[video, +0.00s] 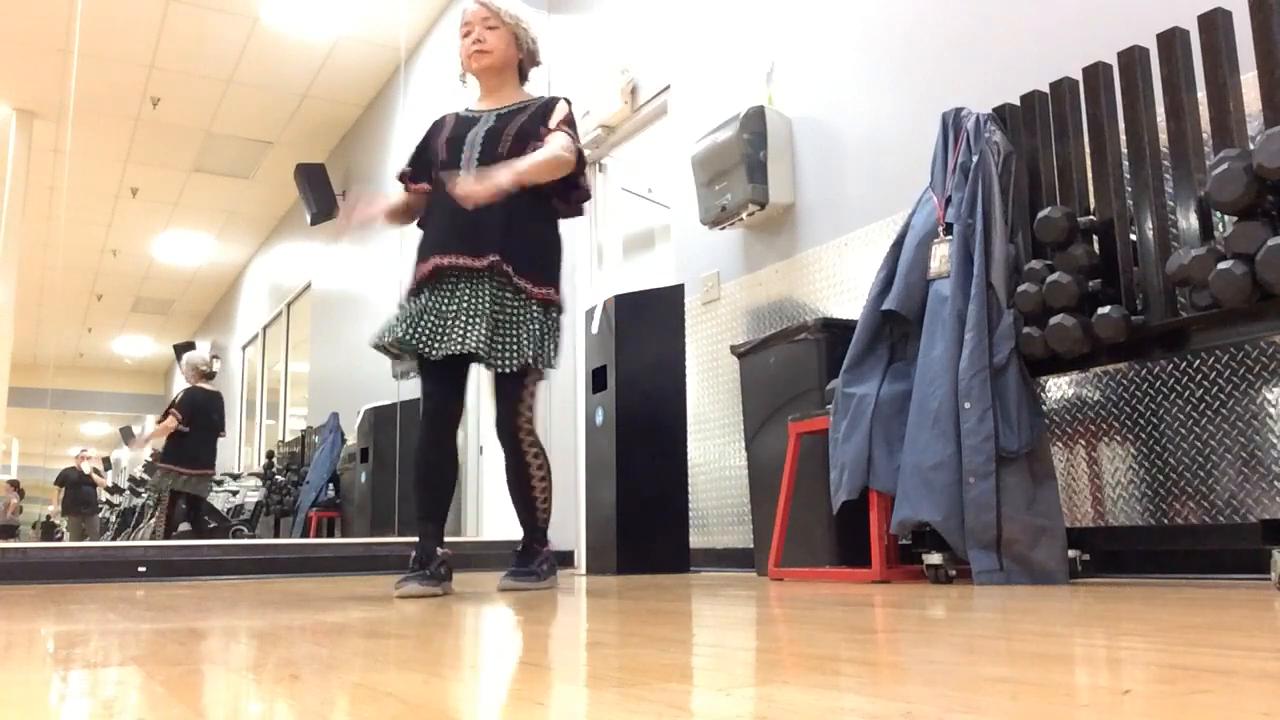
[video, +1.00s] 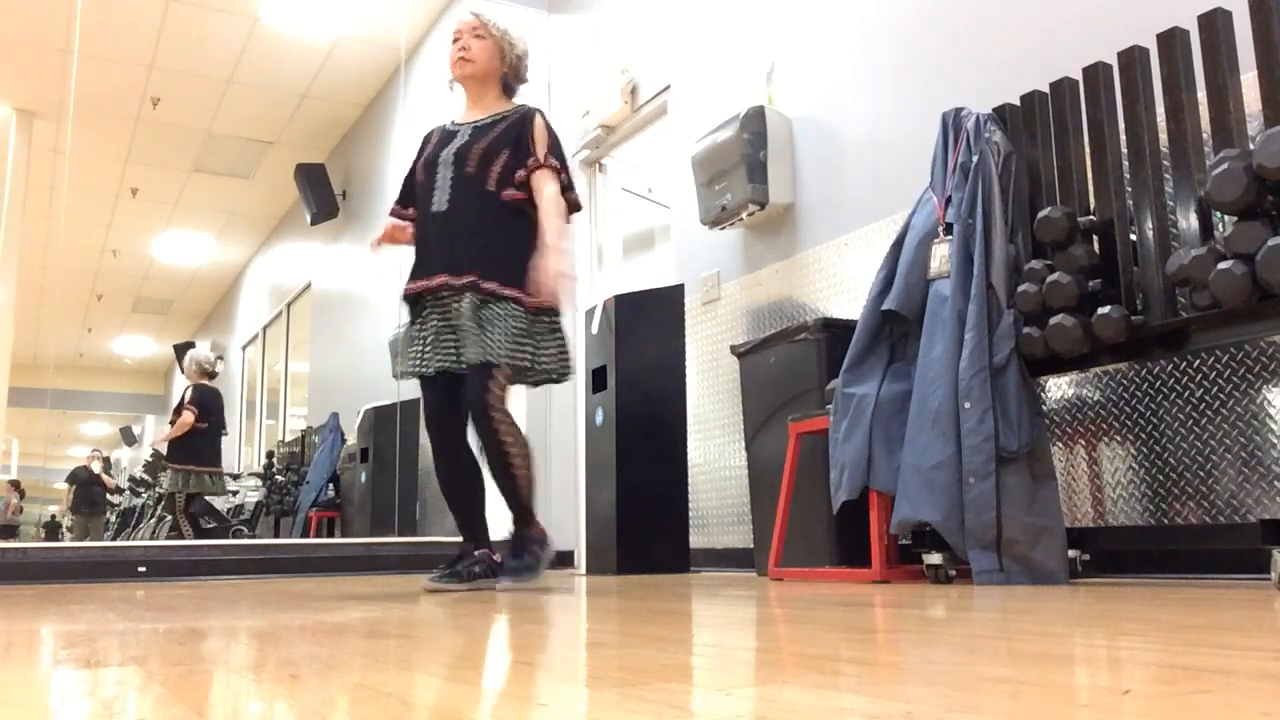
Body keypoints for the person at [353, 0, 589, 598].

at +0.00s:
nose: (474, 37)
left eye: (488, 27)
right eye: (466, 32)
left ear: (521, 45)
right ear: (461, 55)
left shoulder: (549, 109)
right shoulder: (444, 128)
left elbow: (562, 157)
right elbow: (412, 203)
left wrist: (500, 176)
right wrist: (373, 208)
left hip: (518, 282)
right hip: (445, 280)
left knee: (514, 423)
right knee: (437, 421)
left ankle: (535, 551)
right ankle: (427, 556)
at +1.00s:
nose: (460, 46)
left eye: (474, 37)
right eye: (455, 41)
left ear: (505, 57)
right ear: (451, 64)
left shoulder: (526, 121)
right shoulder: (436, 139)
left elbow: (549, 194)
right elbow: (426, 221)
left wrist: (551, 253)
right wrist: (401, 230)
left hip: (500, 287)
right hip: (435, 292)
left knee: (485, 403)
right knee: (442, 425)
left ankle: (529, 535)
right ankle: (476, 549)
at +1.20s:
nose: (450, 28)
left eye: (466, 23)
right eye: (446, 22)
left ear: (493, 48)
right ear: (439, 48)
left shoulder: (514, 107)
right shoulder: (425, 128)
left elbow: (560, 186)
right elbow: (422, 207)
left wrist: (601, 258)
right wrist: (403, 229)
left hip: (484, 269)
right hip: (431, 273)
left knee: (448, 386)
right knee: (441, 398)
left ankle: (464, 539)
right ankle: (474, 547)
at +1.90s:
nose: (453, 29)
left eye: (469, 23)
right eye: (446, 25)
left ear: (497, 47)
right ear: (439, 53)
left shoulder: (517, 106)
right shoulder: (422, 127)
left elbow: (547, 180)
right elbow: (399, 202)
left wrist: (454, 187)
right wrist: (382, 209)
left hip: (498, 279)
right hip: (437, 284)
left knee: (482, 404)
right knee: (449, 417)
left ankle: (504, 548)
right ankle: (475, 550)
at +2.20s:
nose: (464, 38)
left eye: (478, 29)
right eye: (458, 35)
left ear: (510, 49)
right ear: (457, 61)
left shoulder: (537, 107)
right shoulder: (445, 132)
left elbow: (575, 182)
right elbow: (437, 223)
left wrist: (561, 246)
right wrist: (416, 210)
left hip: (523, 279)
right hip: (455, 284)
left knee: (543, 417)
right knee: (462, 423)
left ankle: (574, 548)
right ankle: (482, 552)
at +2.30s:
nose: (469, 37)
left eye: (483, 29)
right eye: (462, 35)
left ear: (514, 48)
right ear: (460, 62)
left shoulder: (545, 107)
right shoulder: (450, 133)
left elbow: (590, 170)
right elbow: (439, 217)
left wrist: (615, 223)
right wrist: (422, 210)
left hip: (534, 280)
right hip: (465, 282)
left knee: (546, 414)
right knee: (466, 421)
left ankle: (576, 549)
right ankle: (483, 551)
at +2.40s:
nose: (477, 41)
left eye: (491, 34)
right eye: (472, 38)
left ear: (523, 54)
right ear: (471, 62)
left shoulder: (555, 110)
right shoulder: (460, 137)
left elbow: (606, 160)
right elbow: (438, 210)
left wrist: (660, 196)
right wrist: (442, 216)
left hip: (551, 285)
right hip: (483, 289)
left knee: (555, 416)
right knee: (466, 418)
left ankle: (576, 549)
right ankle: (484, 551)